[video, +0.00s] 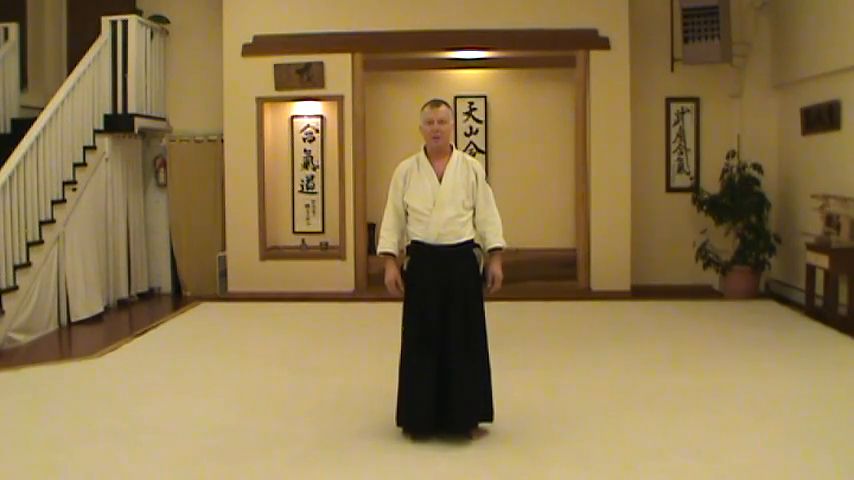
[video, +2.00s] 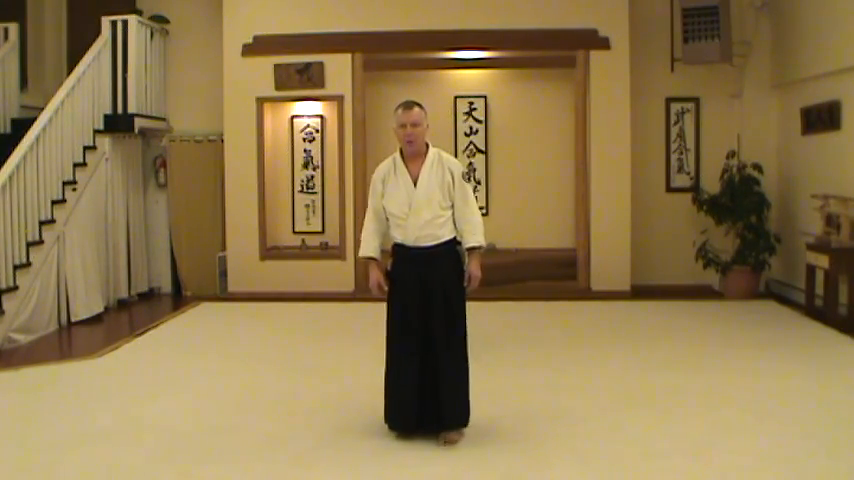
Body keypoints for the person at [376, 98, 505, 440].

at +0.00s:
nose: (436, 128)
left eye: (442, 122)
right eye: (429, 122)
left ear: (453, 126)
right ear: (420, 128)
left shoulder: (470, 167)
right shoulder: (406, 170)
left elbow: (486, 212)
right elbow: (393, 216)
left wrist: (494, 257)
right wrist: (390, 261)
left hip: (462, 260)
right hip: (422, 261)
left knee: (463, 337)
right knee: (422, 337)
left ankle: (463, 417)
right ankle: (420, 418)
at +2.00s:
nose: (409, 132)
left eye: (416, 125)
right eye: (403, 126)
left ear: (427, 128)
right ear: (395, 131)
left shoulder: (449, 166)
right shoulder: (384, 172)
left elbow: (466, 210)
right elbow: (374, 219)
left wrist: (474, 256)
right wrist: (372, 263)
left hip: (444, 261)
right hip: (405, 261)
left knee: (446, 338)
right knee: (405, 339)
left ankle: (451, 421)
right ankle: (408, 419)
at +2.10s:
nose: (413, 133)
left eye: (419, 126)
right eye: (407, 127)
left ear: (431, 128)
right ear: (399, 131)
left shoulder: (452, 166)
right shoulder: (388, 172)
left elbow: (470, 211)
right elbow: (378, 218)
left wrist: (477, 257)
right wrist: (376, 262)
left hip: (446, 260)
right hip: (407, 261)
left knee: (448, 338)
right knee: (408, 339)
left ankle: (452, 421)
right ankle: (411, 419)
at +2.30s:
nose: (423, 135)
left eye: (429, 128)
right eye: (417, 129)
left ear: (442, 129)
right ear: (409, 132)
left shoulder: (460, 167)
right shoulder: (397, 170)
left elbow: (478, 213)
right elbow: (387, 218)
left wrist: (481, 263)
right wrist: (387, 261)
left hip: (451, 261)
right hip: (413, 261)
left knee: (450, 339)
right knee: (413, 338)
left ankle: (450, 422)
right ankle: (415, 418)